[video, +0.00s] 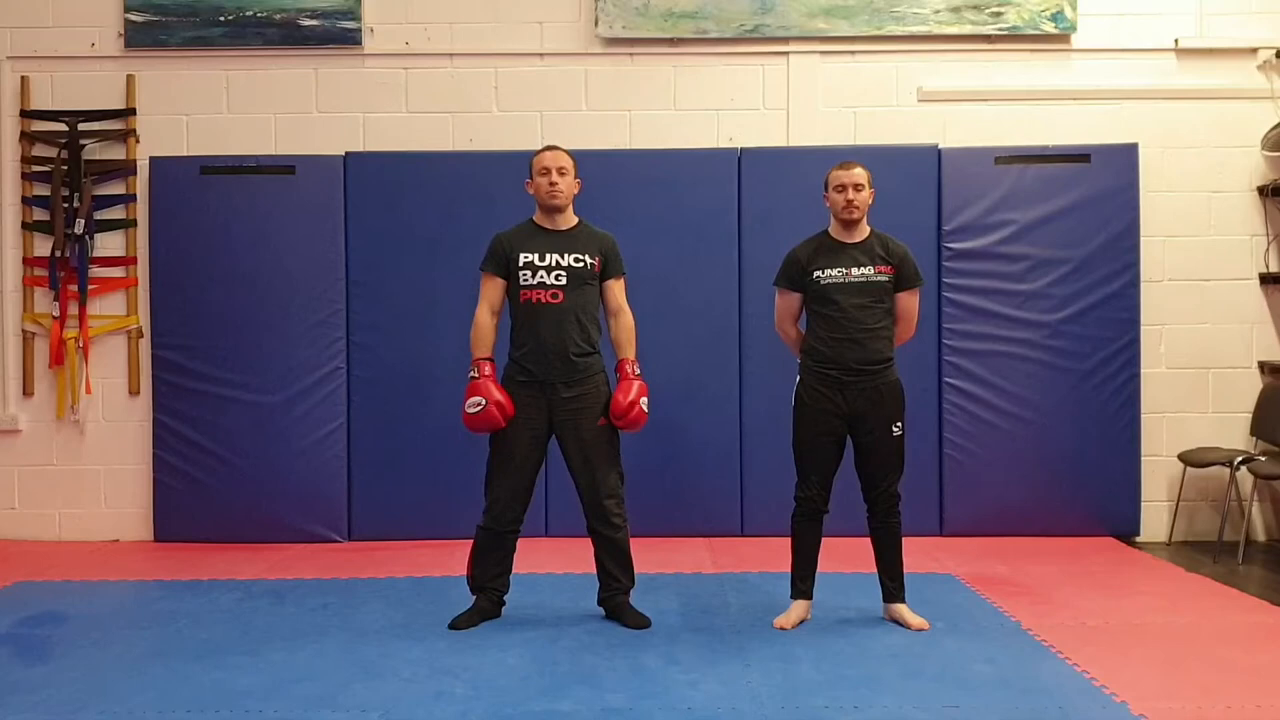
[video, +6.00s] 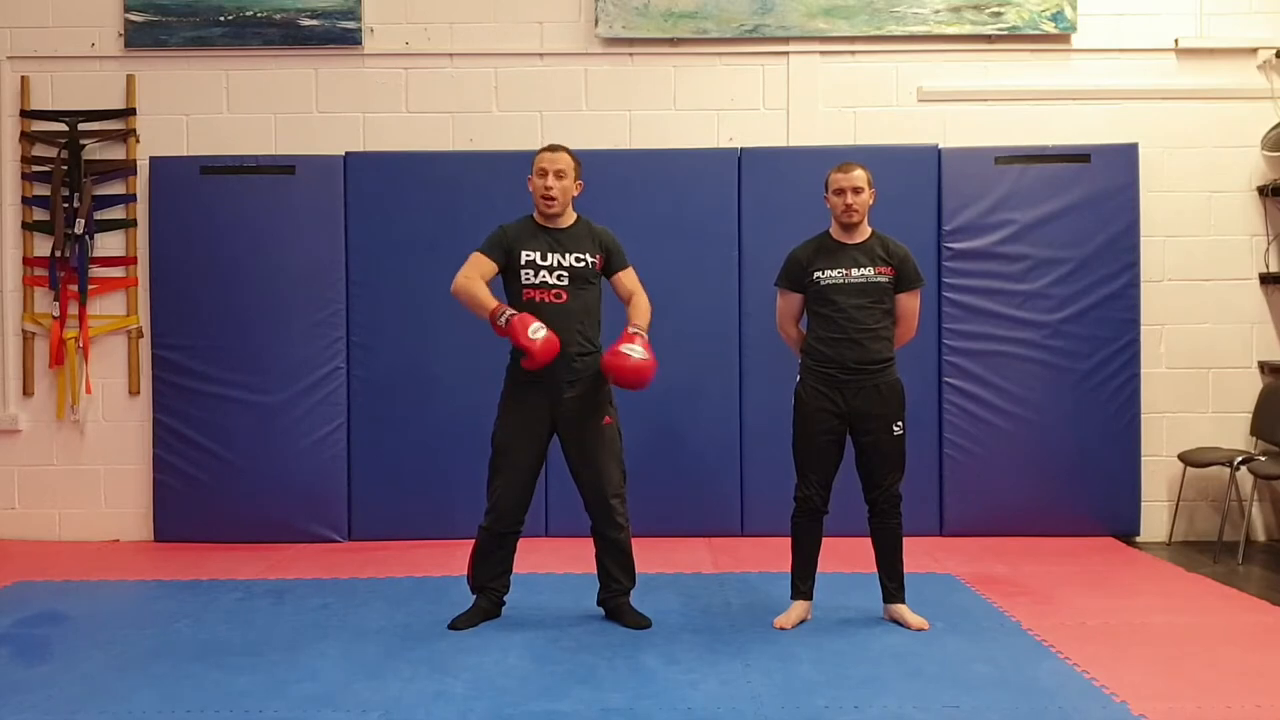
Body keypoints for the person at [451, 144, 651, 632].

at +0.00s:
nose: (553, 180)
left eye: (562, 173)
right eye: (545, 174)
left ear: (576, 184)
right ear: (531, 185)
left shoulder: (601, 244)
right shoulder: (508, 243)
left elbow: (618, 312)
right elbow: (488, 311)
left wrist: (629, 373)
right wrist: (482, 372)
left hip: (586, 389)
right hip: (522, 388)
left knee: (606, 498)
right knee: (503, 500)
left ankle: (616, 596)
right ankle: (488, 597)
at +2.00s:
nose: (549, 180)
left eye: (558, 172)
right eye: (541, 173)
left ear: (574, 183)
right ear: (528, 185)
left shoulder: (600, 242)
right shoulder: (508, 244)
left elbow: (621, 310)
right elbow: (485, 314)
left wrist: (631, 375)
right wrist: (472, 376)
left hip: (585, 388)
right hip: (522, 390)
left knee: (606, 499)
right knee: (503, 500)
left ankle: (616, 597)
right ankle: (488, 597)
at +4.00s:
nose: (559, 178)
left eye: (567, 171)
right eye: (550, 171)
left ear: (579, 183)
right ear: (533, 183)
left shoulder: (599, 244)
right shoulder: (509, 241)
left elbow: (615, 315)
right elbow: (487, 308)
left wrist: (630, 377)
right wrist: (483, 370)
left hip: (586, 390)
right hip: (524, 389)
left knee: (607, 500)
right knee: (504, 501)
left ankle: (616, 597)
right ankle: (488, 597)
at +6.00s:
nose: (548, 184)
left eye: (559, 176)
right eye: (541, 175)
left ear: (576, 185)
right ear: (530, 181)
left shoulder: (599, 241)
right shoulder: (510, 237)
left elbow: (636, 297)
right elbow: (464, 283)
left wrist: (636, 336)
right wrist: (508, 319)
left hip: (587, 387)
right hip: (527, 386)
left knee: (608, 498)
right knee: (505, 496)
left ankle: (616, 597)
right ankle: (488, 597)